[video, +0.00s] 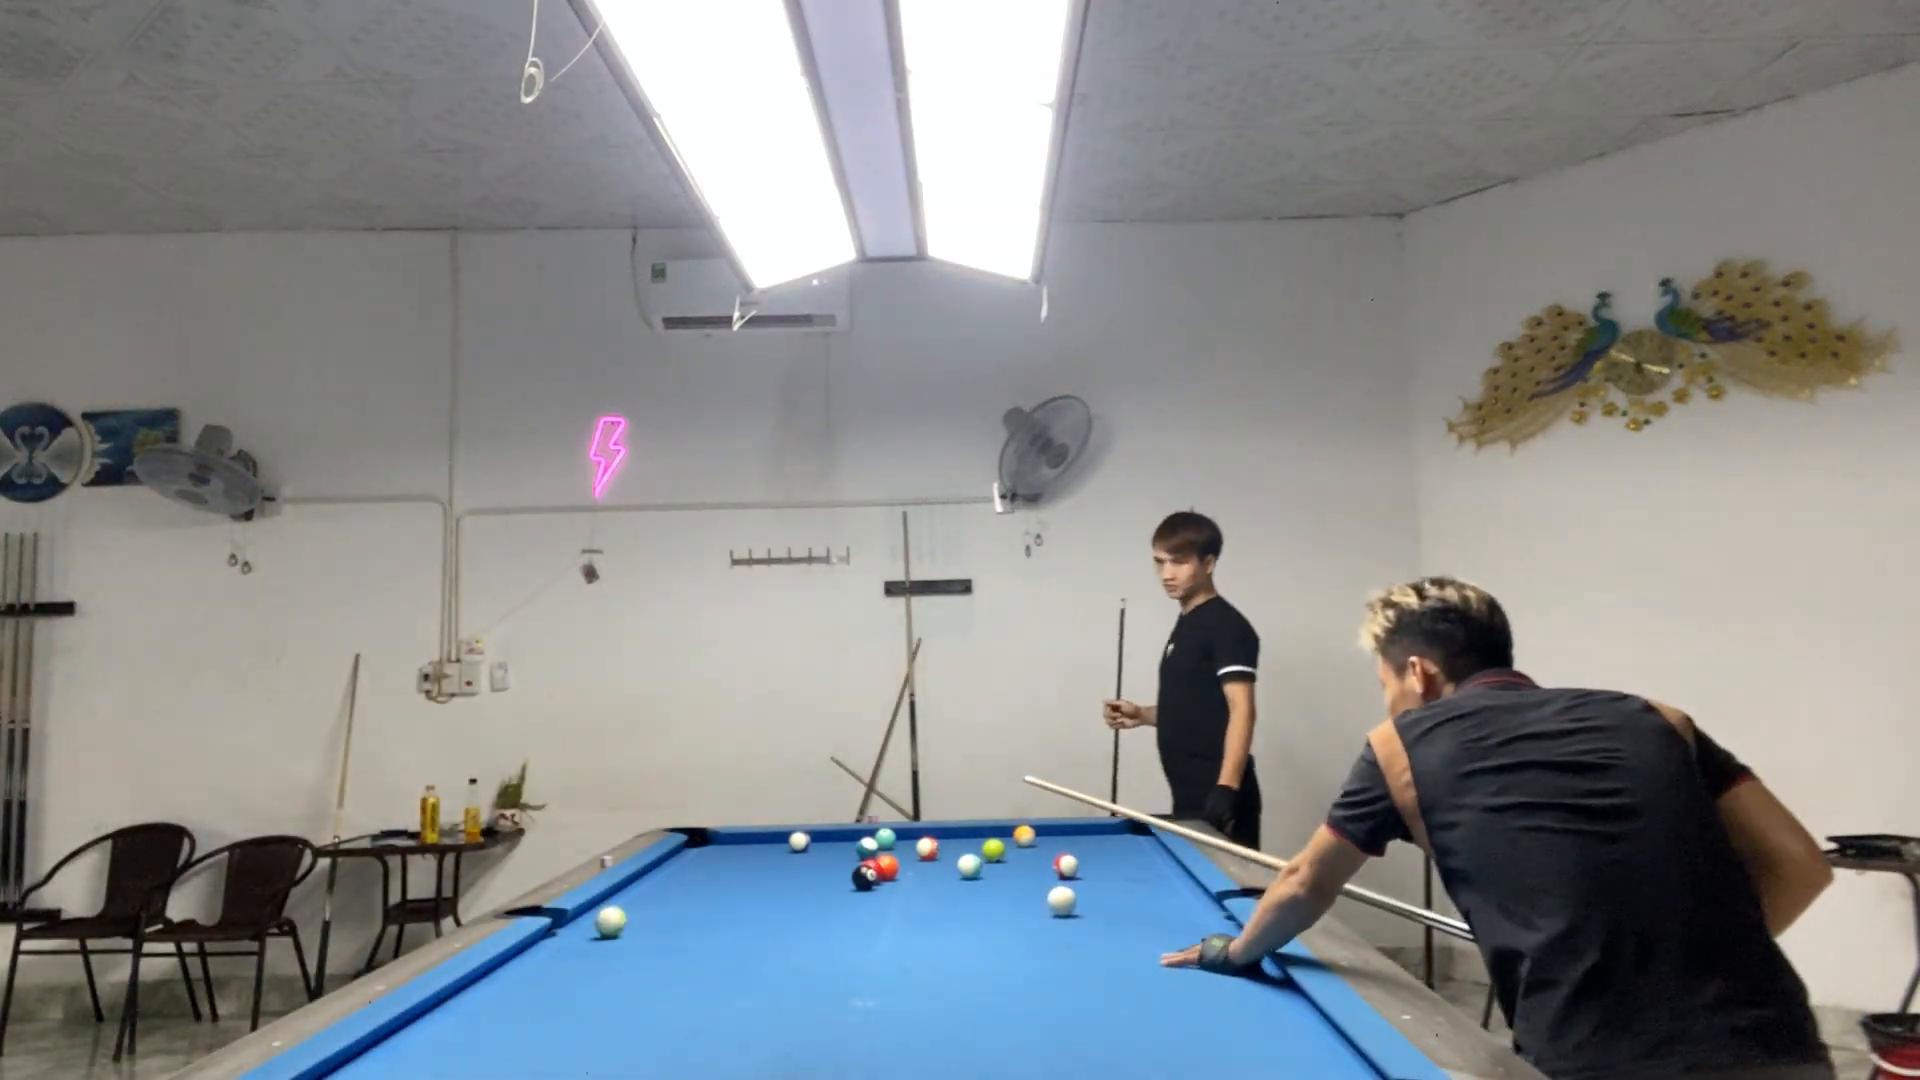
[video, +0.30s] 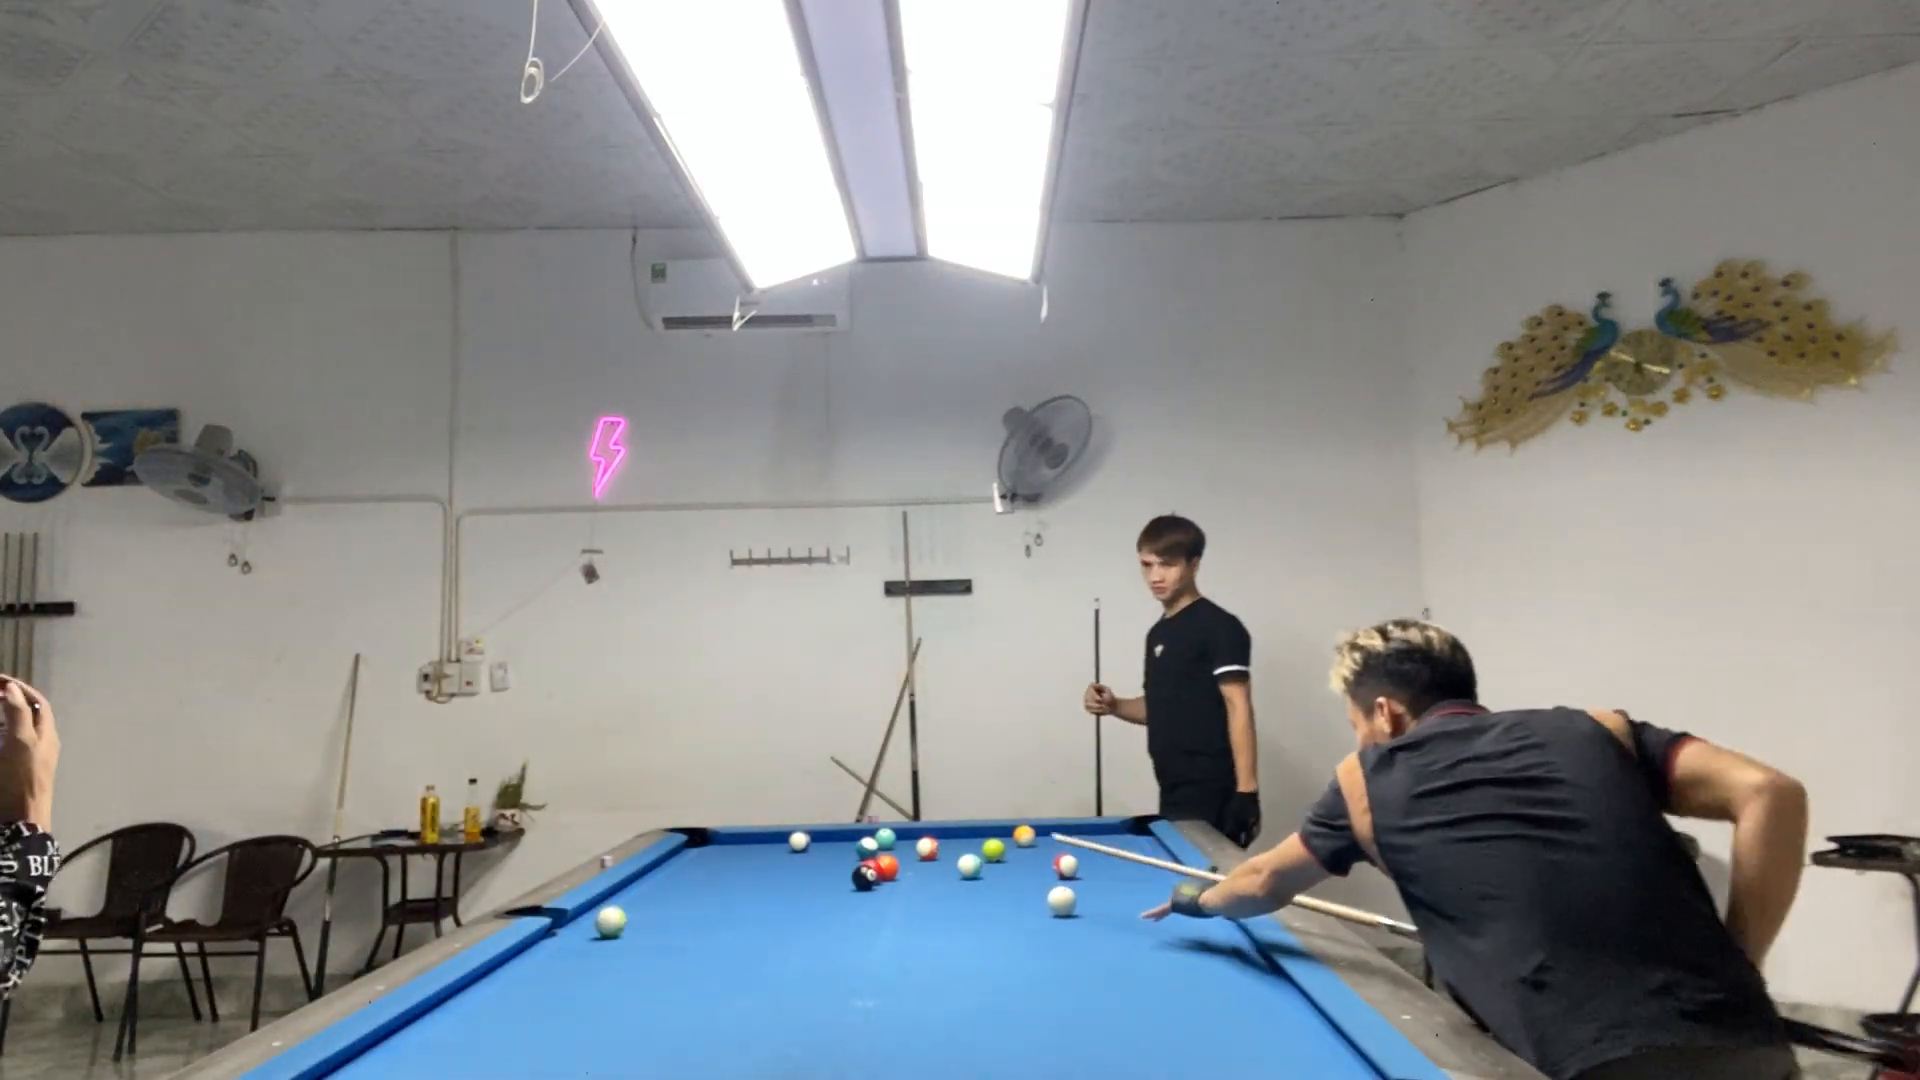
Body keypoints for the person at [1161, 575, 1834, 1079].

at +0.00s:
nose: (1383, 704)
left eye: (1383, 685)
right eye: (1381, 686)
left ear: (1419, 674)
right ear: (1507, 666)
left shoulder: (1402, 747)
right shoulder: (1653, 717)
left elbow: (1304, 885)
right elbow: (1799, 866)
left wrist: (1241, 952)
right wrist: (1698, 950)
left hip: (1600, 1057)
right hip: (1776, 1050)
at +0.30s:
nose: (1354, 740)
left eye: (1353, 721)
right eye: (1351, 722)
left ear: (1384, 715)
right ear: (1465, 700)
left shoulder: (1369, 779)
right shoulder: (1595, 726)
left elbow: (1264, 880)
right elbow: (1771, 795)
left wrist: (1209, 897)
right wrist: (1736, 966)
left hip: (1605, 1058)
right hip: (1751, 1045)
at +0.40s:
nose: (1340, 765)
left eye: (1340, 745)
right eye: (1338, 746)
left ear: (1372, 735)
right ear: (1455, 712)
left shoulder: (1360, 795)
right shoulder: (1568, 728)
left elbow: (1251, 890)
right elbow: (1745, 747)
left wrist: (1192, 909)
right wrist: (1837, 936)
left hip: (1603, 1054)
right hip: (1748, 1038)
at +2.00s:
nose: (1328, 832)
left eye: (1323, 819)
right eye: (1323, 822)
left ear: (1349, 802)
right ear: (1424, 774)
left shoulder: (1351, 848)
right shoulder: (1534, 760)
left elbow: (1243, 931)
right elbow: (1681, 721)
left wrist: (1174, 924)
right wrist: (1766, 889)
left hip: (1610, 1053)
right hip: (1743, 1033)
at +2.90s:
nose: (1345, 802)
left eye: (1344, 786)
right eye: (1344, 788)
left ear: (1371, 776)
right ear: (1449, 751)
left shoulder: (1359, 833)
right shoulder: (1558, 764)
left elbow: (1243, 925)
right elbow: (1721, 814)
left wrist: (1169, 930)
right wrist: (1697, 959)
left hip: (1604, 1051)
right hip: (1742, 1028)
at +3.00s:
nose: (1358, 745)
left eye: (1359, 724)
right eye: (1359, 724)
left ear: (1389, 725)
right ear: (1471, 710)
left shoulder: (1362, 800)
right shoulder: (1588, 740)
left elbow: (1258, 904)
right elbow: (1736, 840)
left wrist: (1182, 932)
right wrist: (1708, 981)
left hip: (1594, 1050)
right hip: (1742, 1035)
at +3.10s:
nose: (1388, 677)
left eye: (1387, 659)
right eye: (1385, 658)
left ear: (1417, 662)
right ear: (1502, 654)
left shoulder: (1378, 750)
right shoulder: (1623, 712)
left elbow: (1275, 874)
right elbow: (1752, 850)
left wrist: (1204, 931)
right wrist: (1717, 988)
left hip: (1579, 1047)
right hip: (1730, 1031)